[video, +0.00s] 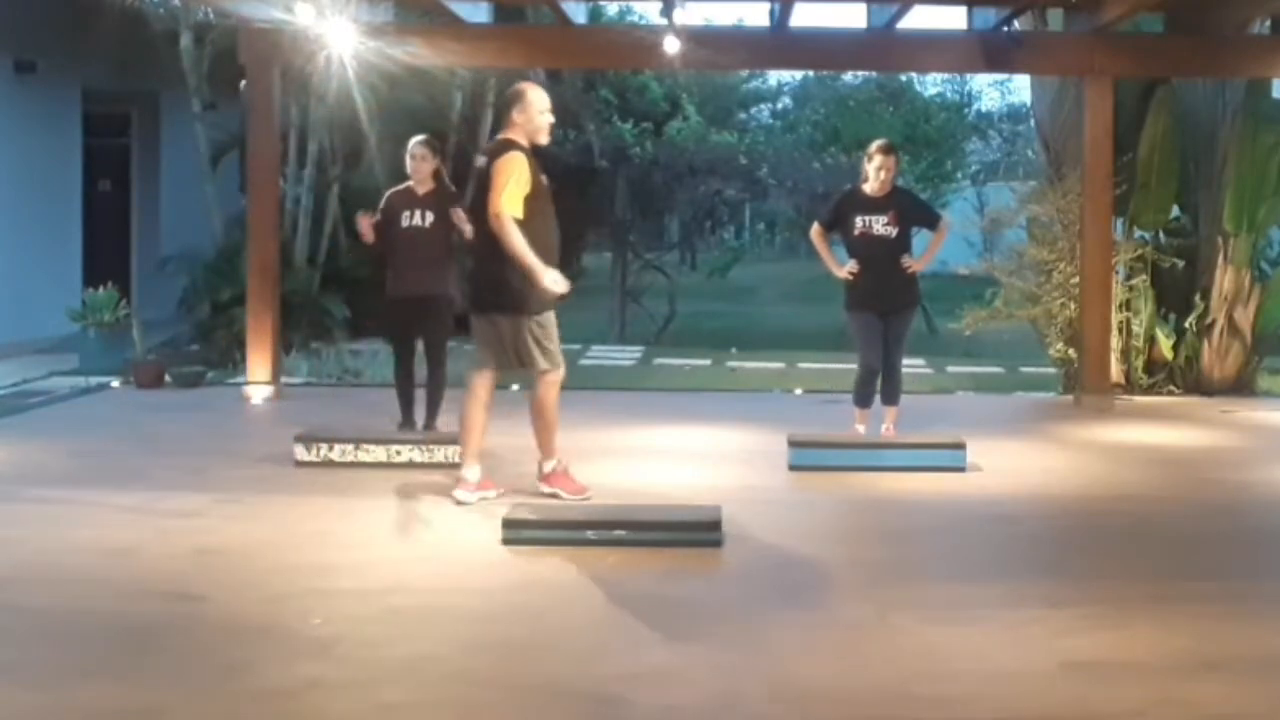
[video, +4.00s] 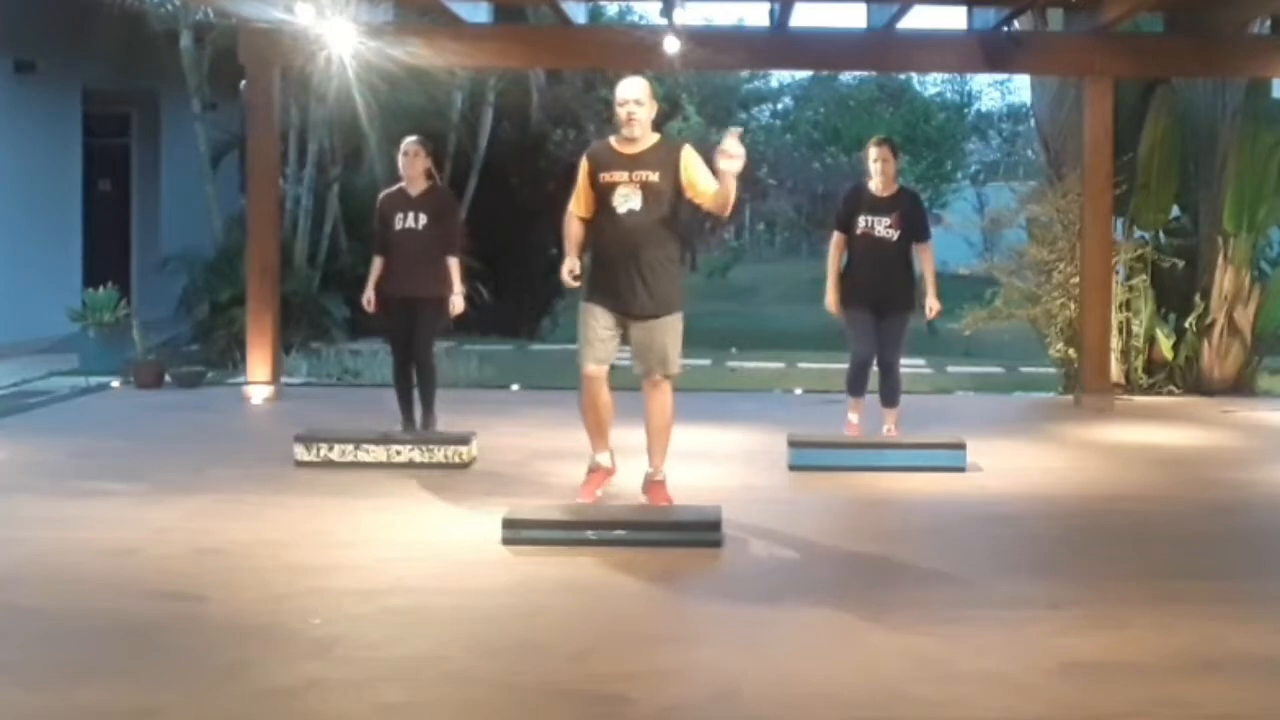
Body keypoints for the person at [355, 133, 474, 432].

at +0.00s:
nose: (415, 163)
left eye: (422, 158)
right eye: (411, 157)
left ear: (436, 162)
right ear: (405, 160)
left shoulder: (448, 197)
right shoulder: (393, 197)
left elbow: (469, 240)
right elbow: (380, 241)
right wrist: (368, 230)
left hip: (437, 291)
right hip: (401, 291)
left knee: (436, 358)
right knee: (403, 358)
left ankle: (430, 420)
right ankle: (407, 418)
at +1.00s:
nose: (414, 170)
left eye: (421, 164)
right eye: (411, 163)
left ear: (435, 167)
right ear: (405, 167)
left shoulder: (448, 201)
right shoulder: (396, 203)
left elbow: (462, 244)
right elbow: (384, 246)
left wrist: (430, 227)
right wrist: (402, 227)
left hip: (434, 296)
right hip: (401, 295)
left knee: (428, 359)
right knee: (407, 359)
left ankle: (429, 418)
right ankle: (413, 418)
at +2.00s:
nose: (415, 168)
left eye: (421, 162)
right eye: (410, 162)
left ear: (433, 164)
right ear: (404, 165)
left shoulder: (447, 200)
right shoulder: (393, 201)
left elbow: (455, 249)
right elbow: (386, 251)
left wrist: (462, 289)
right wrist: (376, 290)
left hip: (433, 295)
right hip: (399, 295)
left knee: (428, 359)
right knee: (405, 361)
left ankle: (428, 421)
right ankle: (413, 421)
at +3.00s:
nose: (422, 161)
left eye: (429, 155)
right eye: (418, 155)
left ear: (441, 162)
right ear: (411, 160)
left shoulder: (452, 200)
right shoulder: (398, 198)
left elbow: (460, 247)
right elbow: (390, 248)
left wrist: (462, 287)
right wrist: (381, 288)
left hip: (438, 293)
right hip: (404, 293)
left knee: (433, 357)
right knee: (409, 359)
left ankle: (432, 418)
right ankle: (414, 420)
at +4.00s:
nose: (408, 160)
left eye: (414, 155)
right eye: (404, 154)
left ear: (428, 161)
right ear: (398, 160)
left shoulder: (442, 199)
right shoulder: (387, 199)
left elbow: (452, 249)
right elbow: (380, 248)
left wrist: (457, 290)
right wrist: (370, 285)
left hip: (430, 293)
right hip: (395, 293)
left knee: (422, 354)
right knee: (401, 358)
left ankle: (428, 418)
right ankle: (407, 421)